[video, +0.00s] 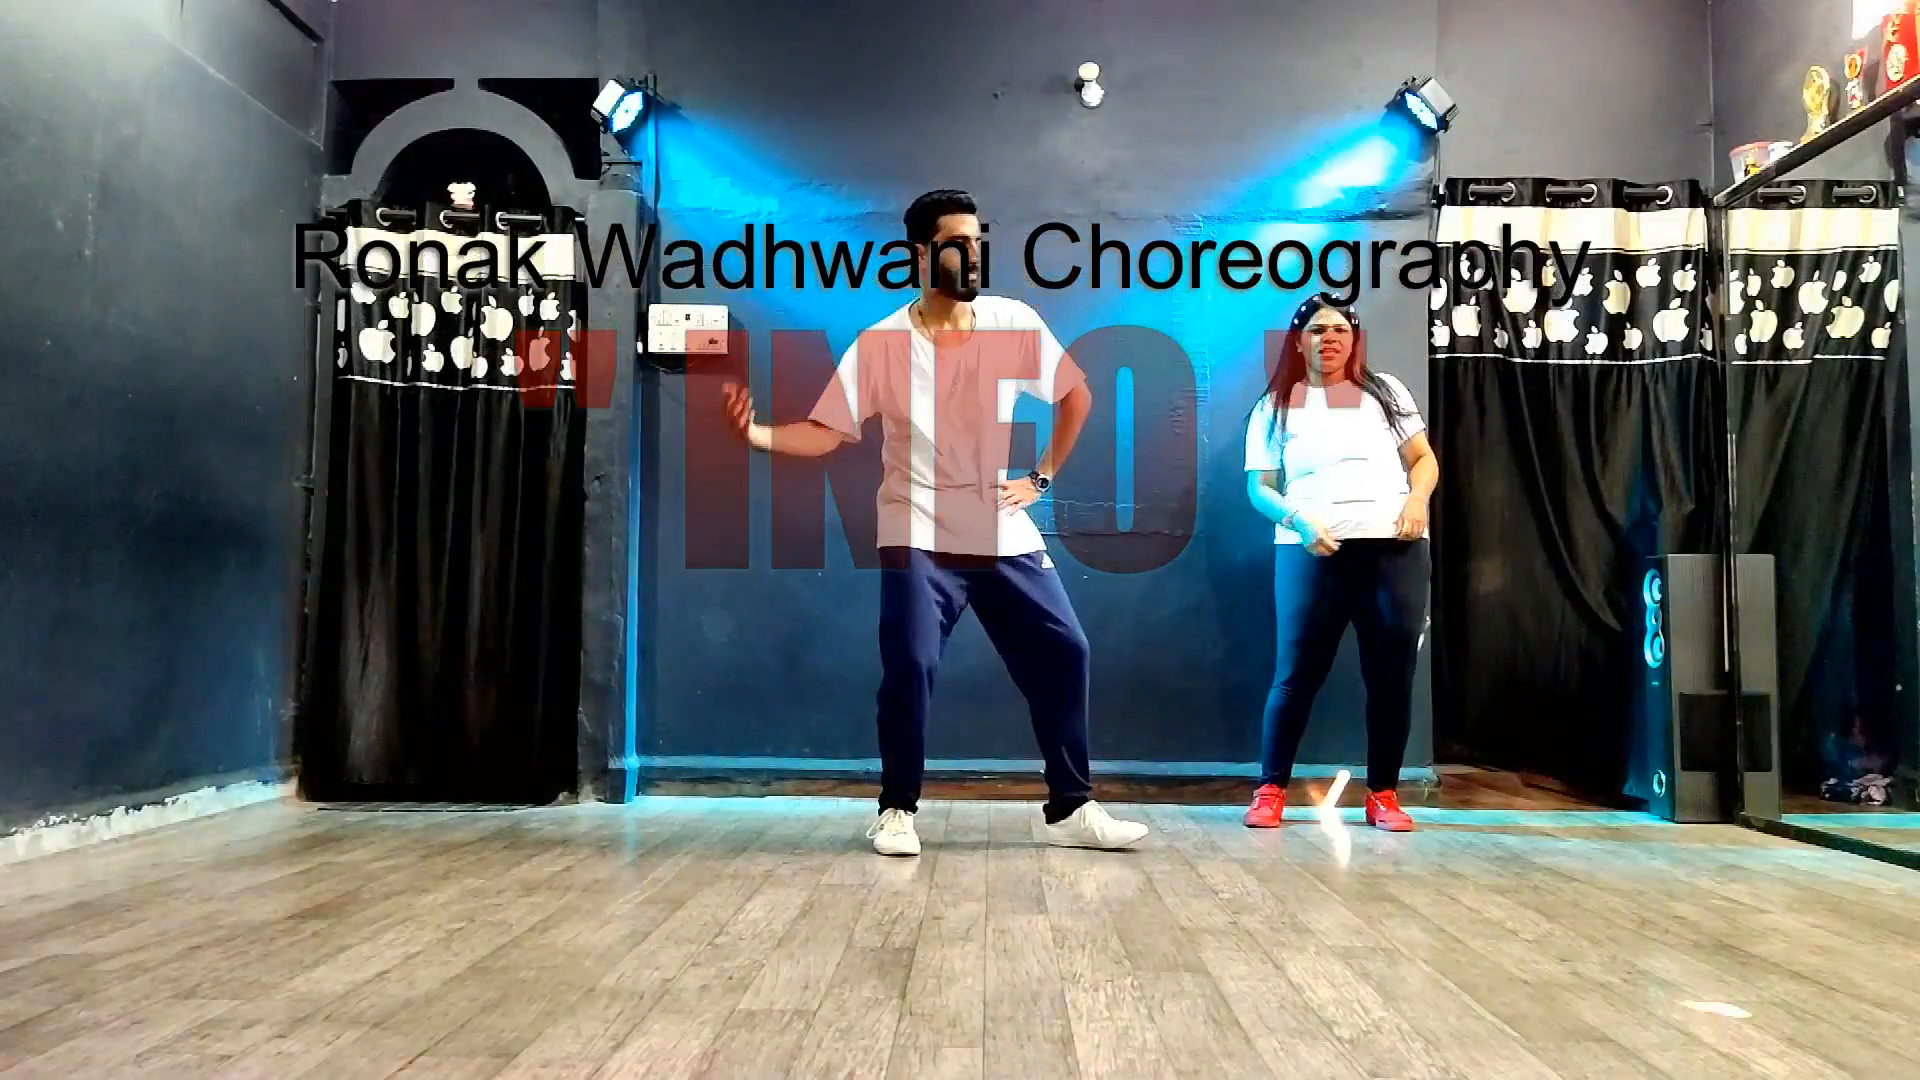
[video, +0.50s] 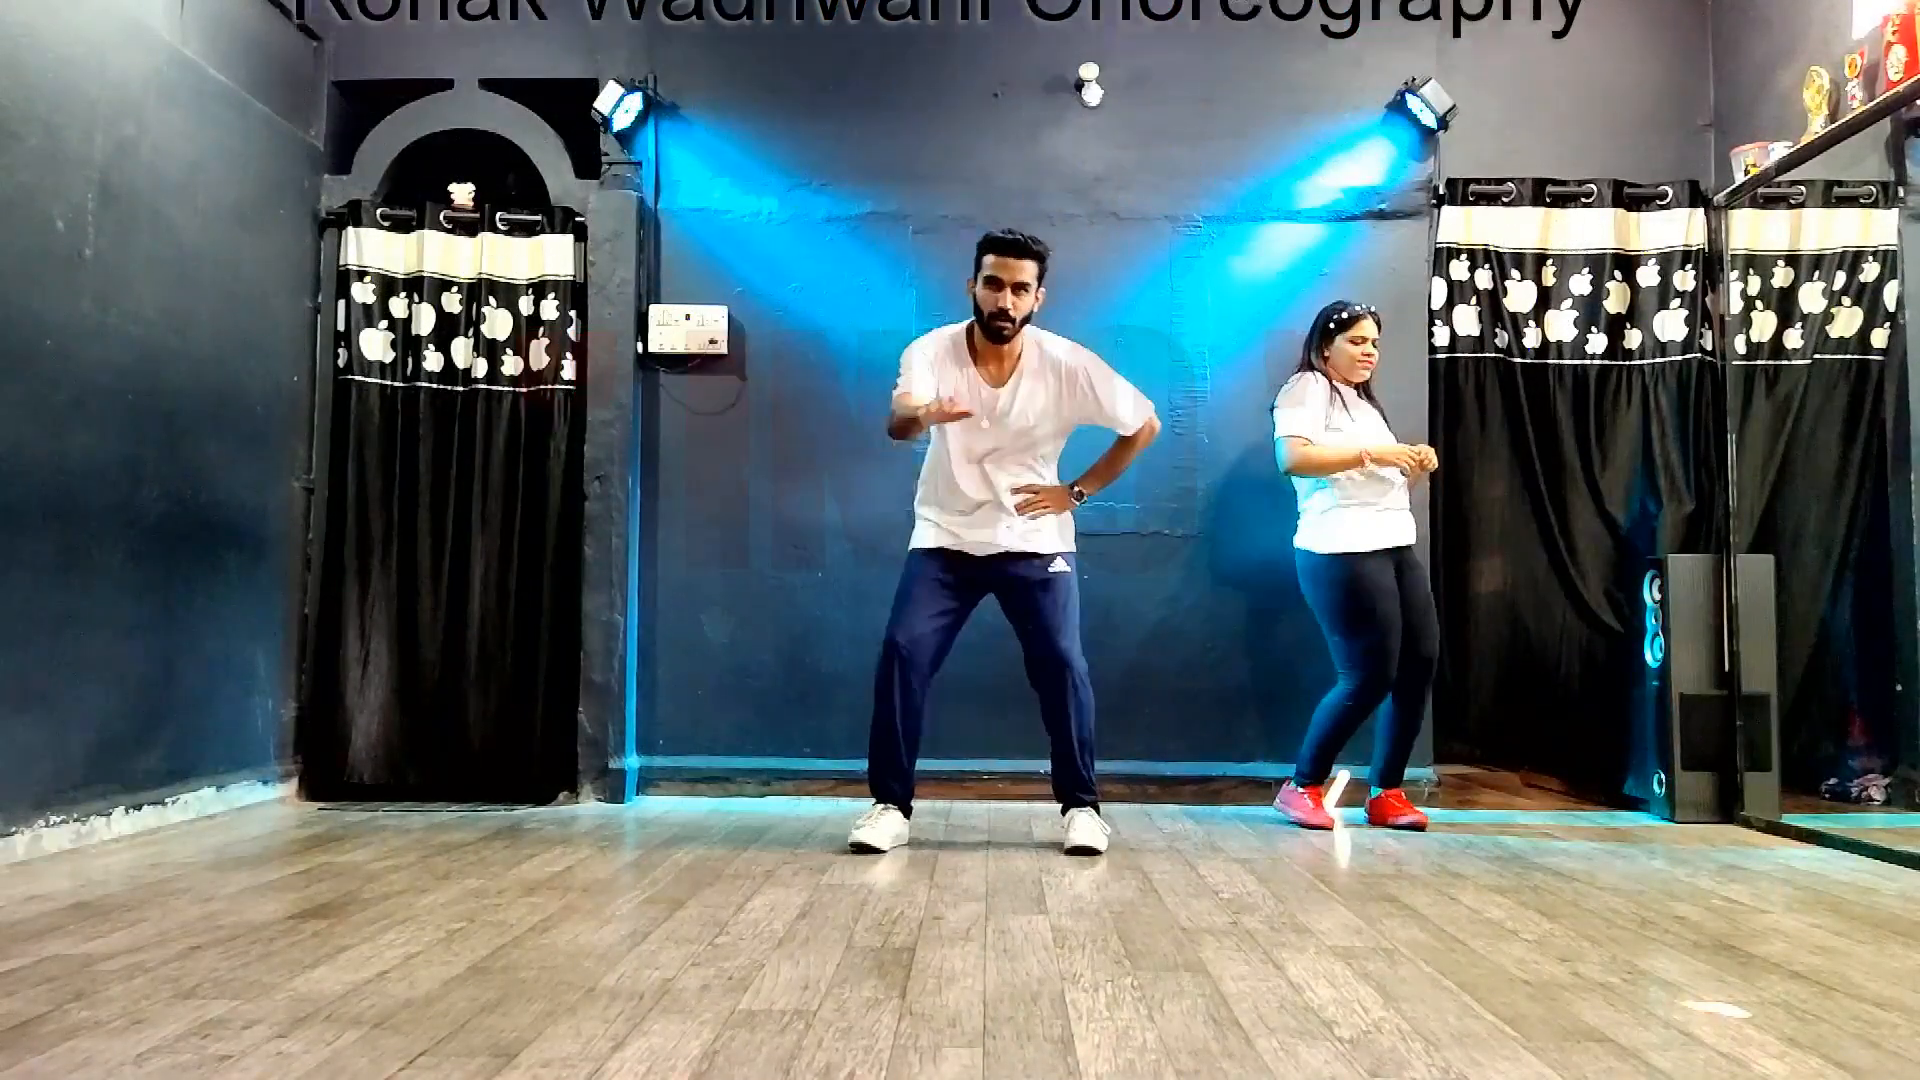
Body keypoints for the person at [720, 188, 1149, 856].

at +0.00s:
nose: (972, 257)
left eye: (978, 245)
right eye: (956, 246)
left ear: (984, 252)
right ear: (920, 255)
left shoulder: (1014, 325)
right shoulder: (880, 345)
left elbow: (1076, 394)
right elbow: (827, 431)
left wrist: (1044, 475)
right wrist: (752, 432)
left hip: (1002, 527)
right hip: (917, 530)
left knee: (1065, 649)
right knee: (911, 661)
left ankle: (1069, 805)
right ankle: (898, 809)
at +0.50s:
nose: (1005, 300)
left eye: (1020, 289)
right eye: (993, 285)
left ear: (1037, 298)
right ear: (972, 286)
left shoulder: (1066, 364)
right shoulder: (932, 352)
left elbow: (1144, 424)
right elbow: (898, 427)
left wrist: (1077, 491)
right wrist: (926, 415)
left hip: (1032, 536)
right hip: (944, 534)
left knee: (1062, 658)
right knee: (903, 649)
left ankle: (1080, 806)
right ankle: (890, 806)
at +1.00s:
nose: (984, 319)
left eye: (999, 306)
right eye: (972, 303)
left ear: (1019, 302)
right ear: (954, 296)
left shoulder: (1049, 344)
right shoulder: (927, 356)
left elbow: (1116, 423)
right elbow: (906, 417)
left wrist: (1059, 492)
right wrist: (892, 428)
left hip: (1014, 525)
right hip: (928, 520)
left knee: (1044, 657)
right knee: (892, 643)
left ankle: (1075, 804)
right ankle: (885, 807)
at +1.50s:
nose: (1025, 308)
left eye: (1033, 296)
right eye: (1011, 295)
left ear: (1039, 296)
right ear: (975, 292)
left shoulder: (1054, 357)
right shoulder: (926, 340)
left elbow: (1129, 424)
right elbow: (917, 399)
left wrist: (1067, 488)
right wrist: (916, 460)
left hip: (1024, 534)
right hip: (938, 532)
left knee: (1054, 655)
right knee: (904, 649)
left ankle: (1080, 805)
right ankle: (889, 806)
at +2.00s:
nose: (984, 244)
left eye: (981, 232)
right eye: (968, 236)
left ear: (953, 248)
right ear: (928, 254)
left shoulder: (1015, 303)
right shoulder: (881, 344)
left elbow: (1099, 354)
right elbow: (833, 430)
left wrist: (1102, 444)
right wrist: (772, 502)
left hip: (1028, 516)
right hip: (939, 520)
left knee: (1072, 645)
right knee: (920, 652)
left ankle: (1073, 804)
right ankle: (896, 808)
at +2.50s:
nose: (1051, 238)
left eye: (1064, 228)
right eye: (1038, 226)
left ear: (1078, 239)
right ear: (1016, 235)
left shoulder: (1104, 311)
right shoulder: (985, 320)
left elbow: (1074, 405)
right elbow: (994, 409)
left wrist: (980, 434)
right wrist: (997, 456)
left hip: (1086, 523)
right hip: (1007, 522)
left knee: (1095, 673)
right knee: (977, 666)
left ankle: (1107, 804)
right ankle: (944, 810)